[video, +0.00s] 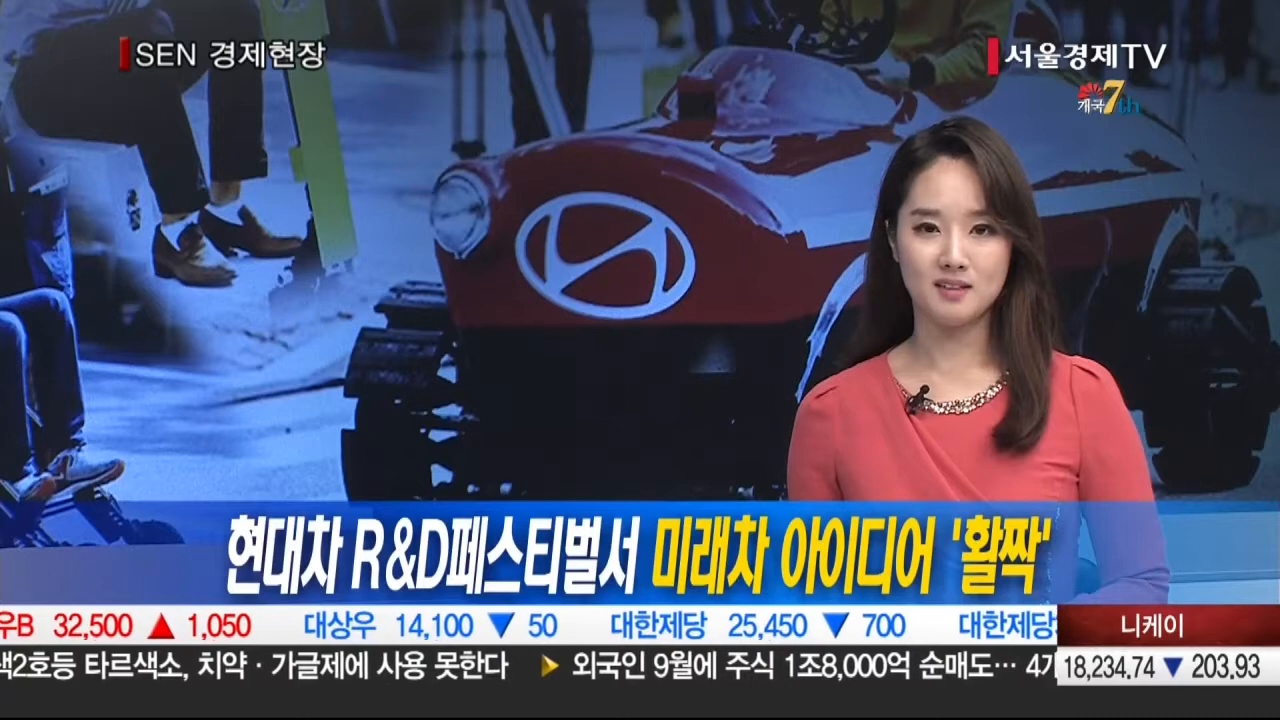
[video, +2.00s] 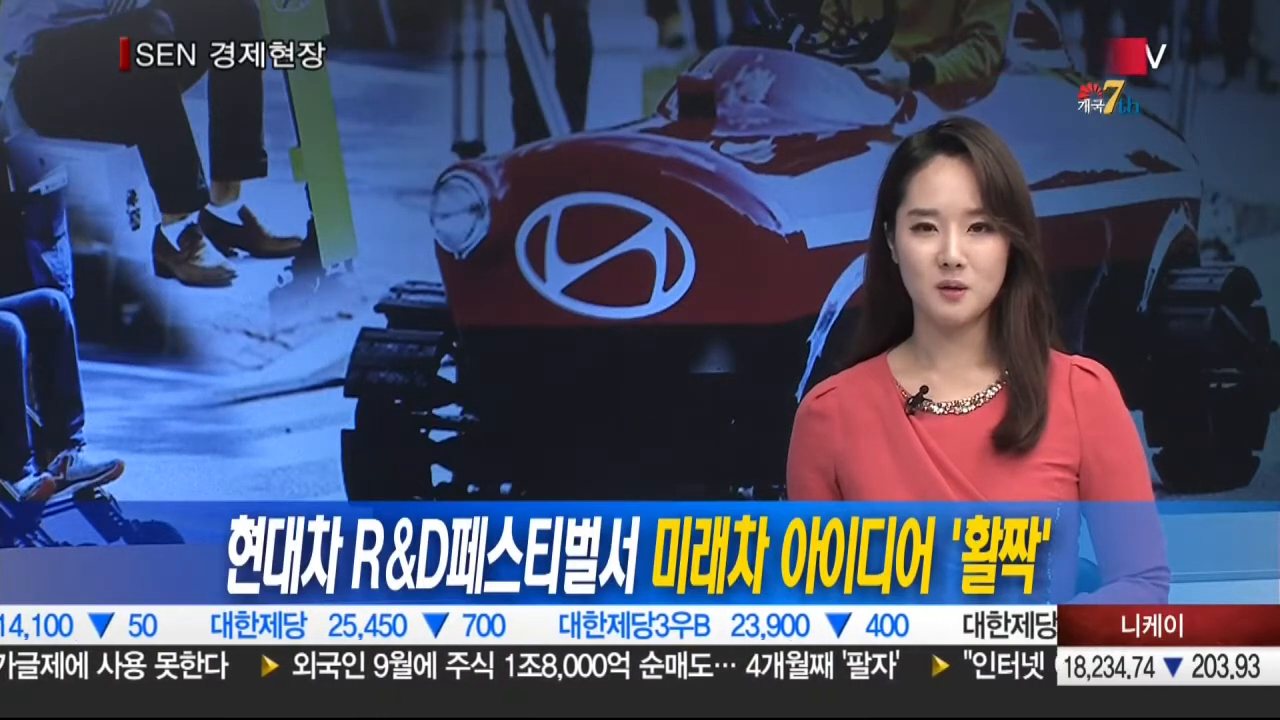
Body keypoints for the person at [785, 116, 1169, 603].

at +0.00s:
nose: (954, 257)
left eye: (982, 229)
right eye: (927, 228)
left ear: (1016, 246)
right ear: (893, 242)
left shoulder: (1083, 397)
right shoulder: (829, 415)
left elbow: (1143, 582)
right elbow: (811, 603)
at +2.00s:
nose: (952, 255)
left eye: (979, 228)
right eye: (925, 227)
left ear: (1014, 244)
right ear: (892, 243)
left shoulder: (1083, 396)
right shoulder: (829, 415)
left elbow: (1144, 581)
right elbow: (811, 604)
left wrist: (1033, 641)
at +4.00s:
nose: (950, 263)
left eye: (977, 234)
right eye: (922, 234)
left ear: (1012, 248)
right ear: (889, 246)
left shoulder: (1083, 397)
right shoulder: (829, 417)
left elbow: (1142, 582)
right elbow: (812, 604)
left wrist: (1033, 640)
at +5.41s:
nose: (949, 257)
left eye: (976, 229)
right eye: (921, 230)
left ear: (1011, 244)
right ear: (889, 245)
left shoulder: (1082, 396)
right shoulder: (828, 415)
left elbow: (1144, 582)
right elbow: (808, 603)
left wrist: (1032, 637)